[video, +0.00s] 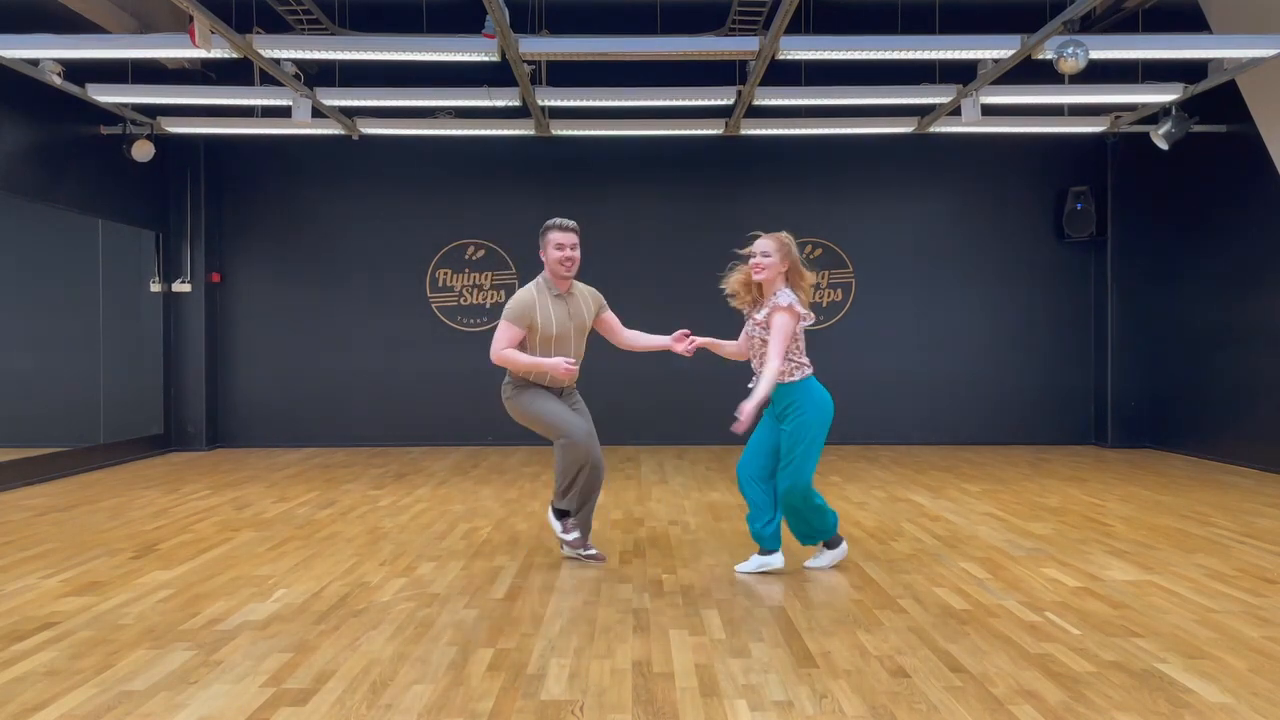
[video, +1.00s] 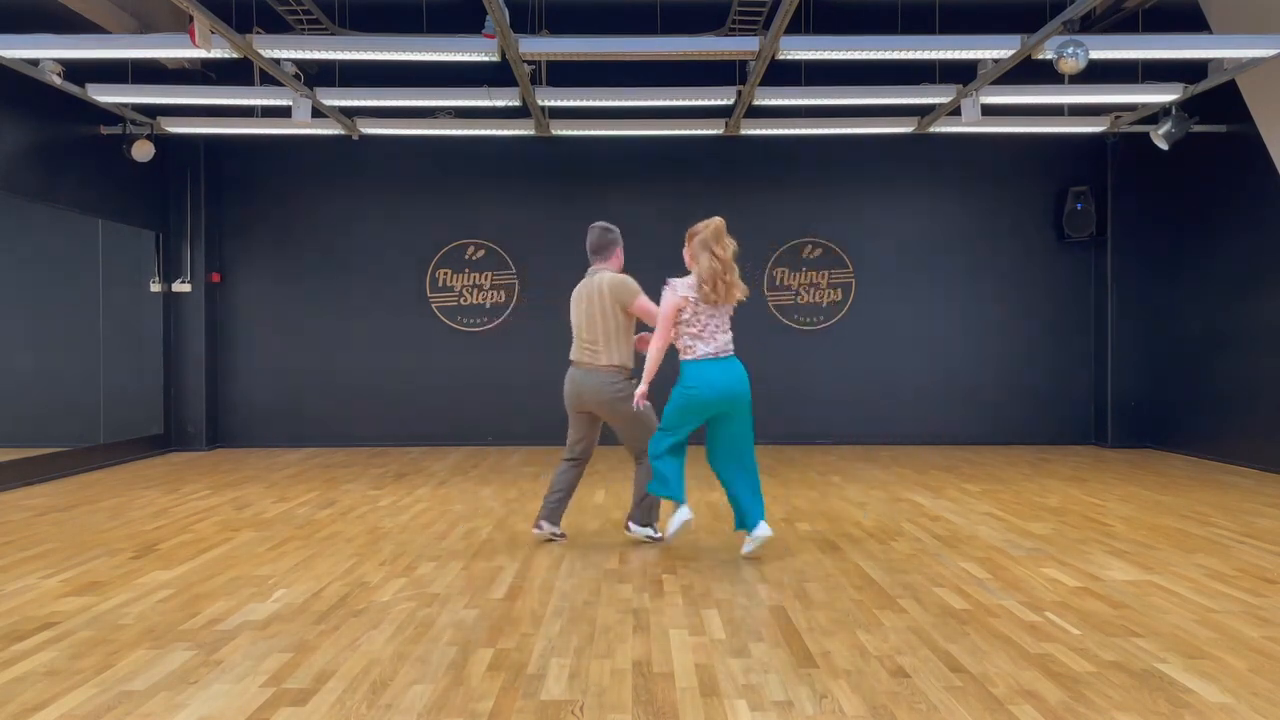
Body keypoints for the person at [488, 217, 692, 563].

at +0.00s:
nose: (568, 254)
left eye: (573, 247)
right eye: (559, 248)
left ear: (580, 253)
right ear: (543, 254)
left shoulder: (589, 298)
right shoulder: (526, 300)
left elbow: (623, 336)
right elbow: (499, 353)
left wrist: (669, 341)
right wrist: (546, 364)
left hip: (568, 392)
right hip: (526, 389)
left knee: (594, 463)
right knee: (576, 433)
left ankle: (575, 538)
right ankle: (562, 510)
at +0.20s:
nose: (551, 251)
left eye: (557, 244)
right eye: (543, 244)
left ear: (564, 249)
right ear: (528, 249)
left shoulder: (577, 292)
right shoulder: (507, 289)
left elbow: (617, 326)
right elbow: (484, 339)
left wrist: (663, 331)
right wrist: (529, 345)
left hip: (546, 382)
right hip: (503, 382)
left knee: (579, 440)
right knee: (540, 446)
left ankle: (564, 522)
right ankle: (538, 524)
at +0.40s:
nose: (544, 255)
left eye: (550, 248)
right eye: (536, 249)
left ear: (558, 252)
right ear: (523, 255)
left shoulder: (569, 294)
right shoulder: (507, 289)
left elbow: (606, 329)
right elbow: (480, 335)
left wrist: (654, 332)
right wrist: (519, 355)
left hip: (534, 386)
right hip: (495, 385)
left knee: (559, 450)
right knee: (515, 459)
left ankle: (538, 534)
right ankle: (496, 536)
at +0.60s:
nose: (556, 257)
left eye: (561, 249)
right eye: (547, 250)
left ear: (567, 253)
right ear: (532, 255)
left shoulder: (571, 299)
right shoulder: (517, 294)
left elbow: (597, 338)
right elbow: (489, 341)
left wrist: (638, 342)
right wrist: (532, 355)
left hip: (531, 386)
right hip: (499, 381)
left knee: (563, 442)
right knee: (512, 462)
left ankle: (531, 509)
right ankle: (472, 534)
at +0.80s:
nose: (593, 251)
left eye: (595, 246)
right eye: (586, 244)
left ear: (594, 250)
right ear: (564, 247)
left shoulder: (579, 290)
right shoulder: (558, 279)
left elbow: (587, 338)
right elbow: (564, 332)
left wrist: (622, 349)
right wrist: (605, 321)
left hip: (545, 374)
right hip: (539, 374)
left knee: (563, 440)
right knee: (593, 438)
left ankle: (540, 507)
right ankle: (541, 500)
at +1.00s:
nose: (623, 256)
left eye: (622, 251)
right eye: (622, 251)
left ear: (590, 254)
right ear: (618, 252)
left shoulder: (579, 290)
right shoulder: (621, 284)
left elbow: (592, 337)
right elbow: (662, 322)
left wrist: (633, 342)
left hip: (576, 379)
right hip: (611, 382)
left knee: (575, 454)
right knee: (649, 450)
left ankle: (548, 519)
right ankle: (641, 520)